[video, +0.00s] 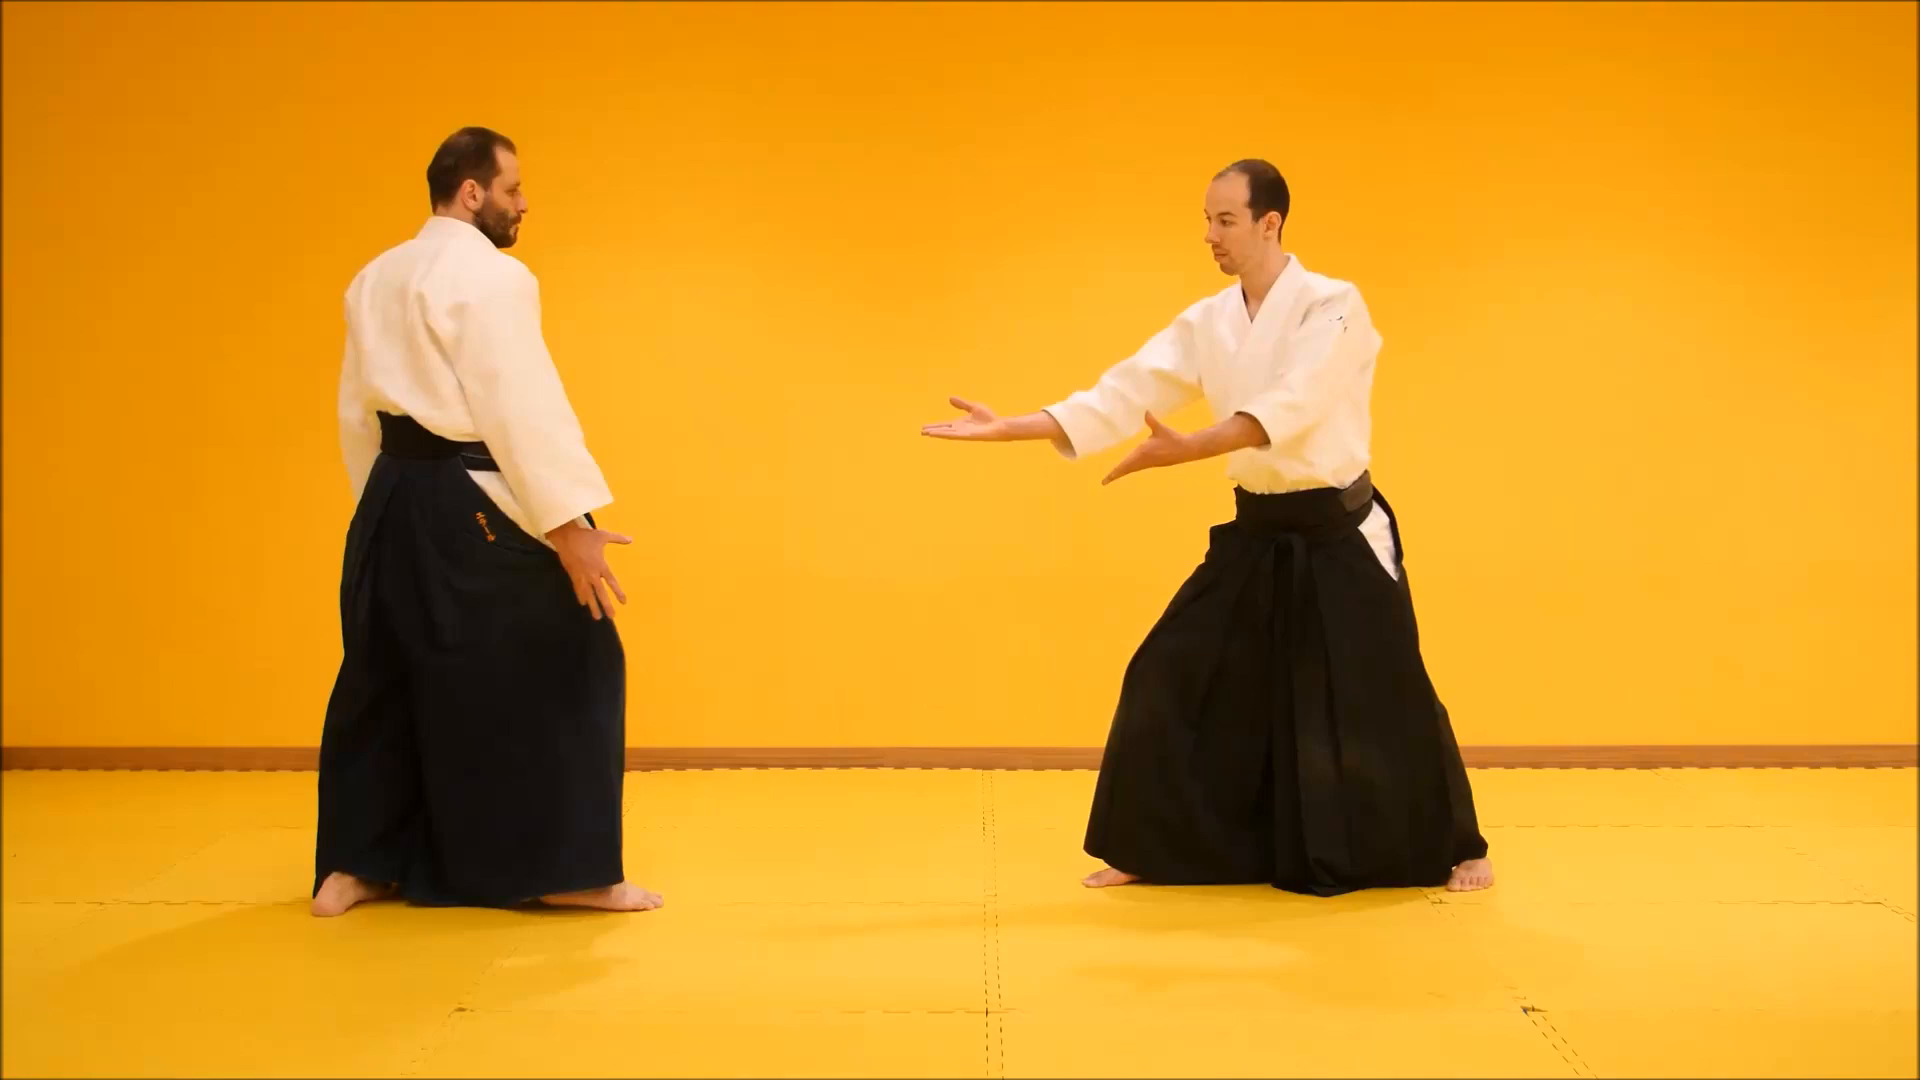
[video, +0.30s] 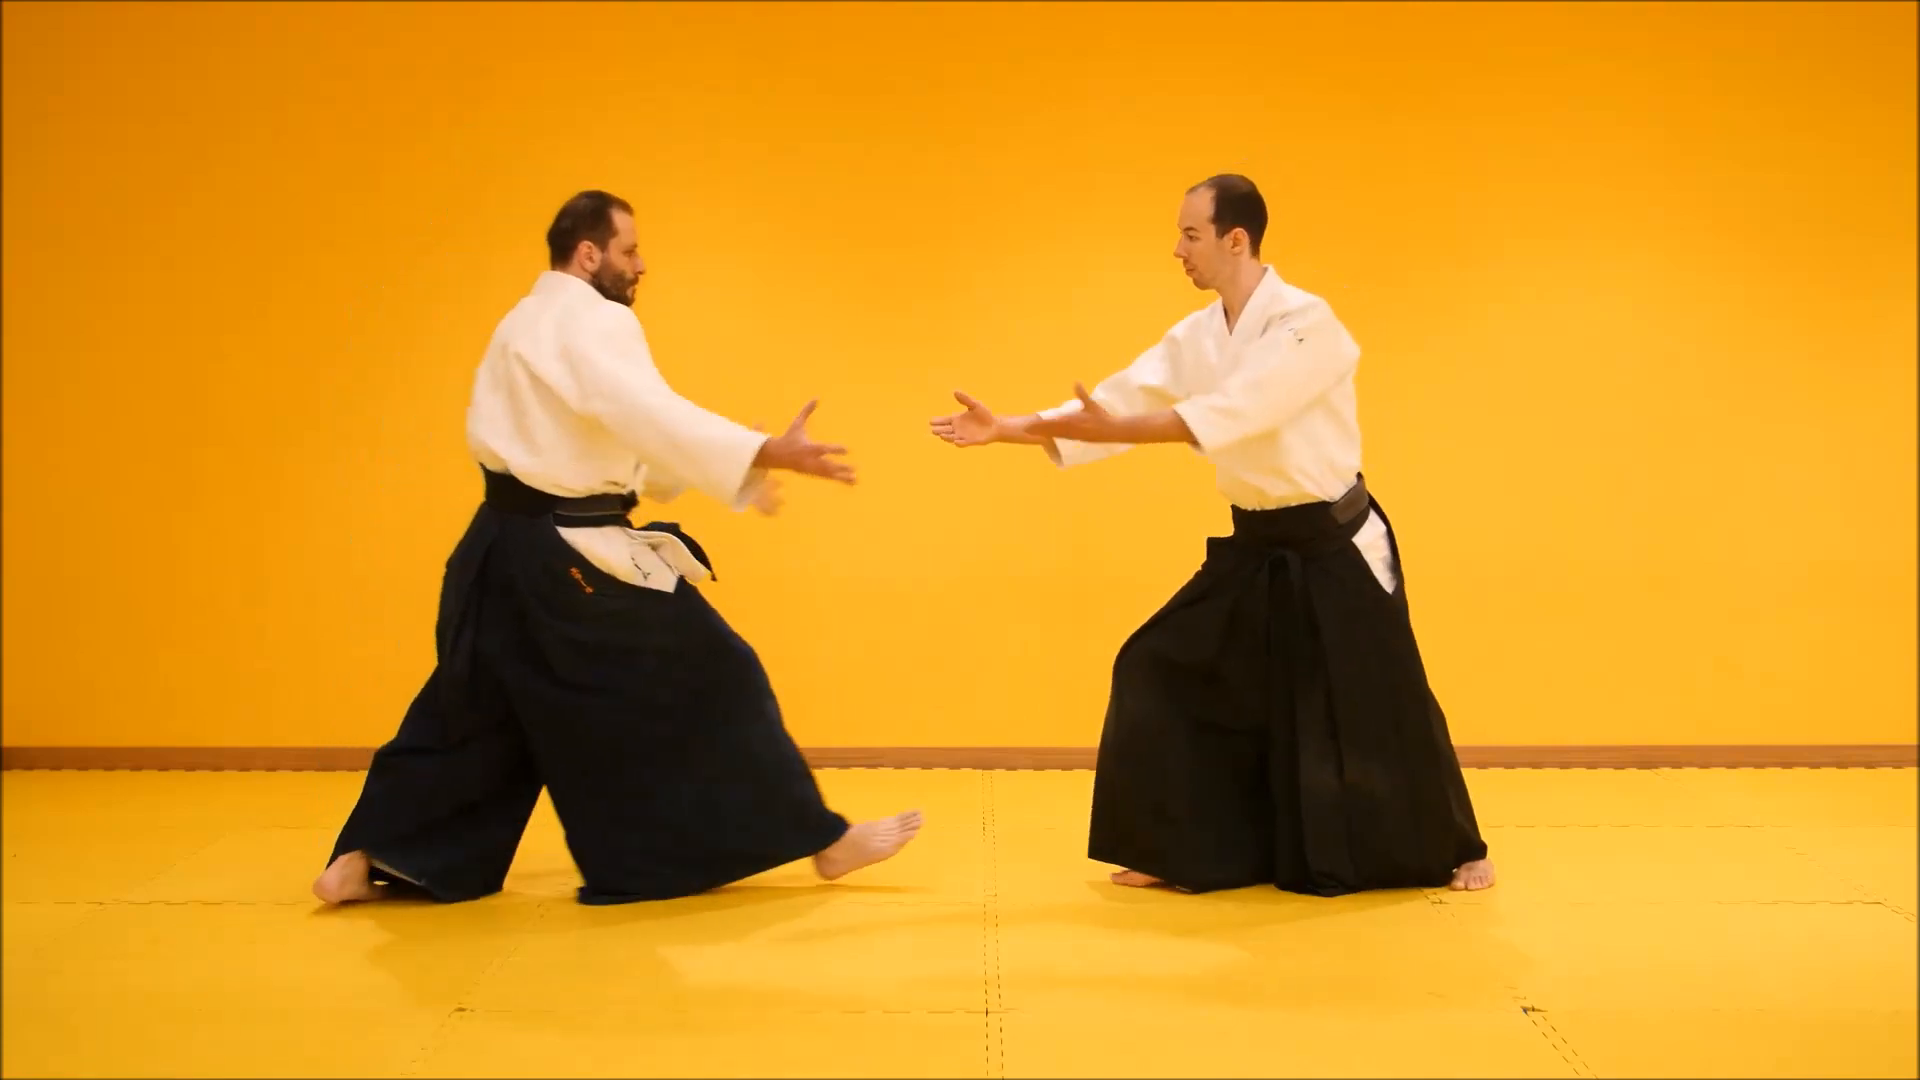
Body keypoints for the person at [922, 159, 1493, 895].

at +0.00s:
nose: (1210, 236)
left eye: (1222, 220)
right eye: (1207, 221)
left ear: (1271, 220)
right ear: (1223, 226)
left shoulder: (1333, 306)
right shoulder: (1209, 322)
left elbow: (1293, 408)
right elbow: (1119, 394)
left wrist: (1189, 446)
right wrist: (1004, 426)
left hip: (1343, 531)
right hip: (1254, 535)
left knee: (1394, 689)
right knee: (1161, 675)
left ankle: (1461, 846)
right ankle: (1147, 846)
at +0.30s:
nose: (1178, 250)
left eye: (1190, 234)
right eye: (1178, 235)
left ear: (1238, 239)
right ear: (1223, 242)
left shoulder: (1310, 329)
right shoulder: (1199, 336)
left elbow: (1226, 416)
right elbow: (1110, 403)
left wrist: (1115, 429)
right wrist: (1001, 427)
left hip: (1337, 545)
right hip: (1254, 549)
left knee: (1391, 696)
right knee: (1150, 665)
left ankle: (1458, 845)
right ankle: (1182, 851)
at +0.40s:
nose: (1138, 269)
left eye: (1147, 253)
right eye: (1138, 254)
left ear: (1191, 257)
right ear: (1183, 259)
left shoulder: (1252, 336)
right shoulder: (1170, 353)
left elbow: (1145, 396)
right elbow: (1096, 427)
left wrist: (1023, 387)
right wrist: (980, 428)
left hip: (1307, 557)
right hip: (1231, 565)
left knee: (1364, 705)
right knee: (1129, 685)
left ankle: (1462, 836)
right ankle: (1176, 851)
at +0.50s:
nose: (1092, 276)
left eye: (1099, 261)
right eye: (1092, 261)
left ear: (1139, 265)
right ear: (1143, 265)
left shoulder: (1174, 335)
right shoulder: (1149, 346)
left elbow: (1058, 382)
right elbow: (1082, 435)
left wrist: (950, 355)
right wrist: (996, 410)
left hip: (1249, 561)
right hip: (1195, 564)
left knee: (1274, 746)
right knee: (1114, 687)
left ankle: (1430, 794)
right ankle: (1166, 855)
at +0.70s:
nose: (1051, 273)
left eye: (1048, 264)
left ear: (1053, 262)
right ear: (1119, 256)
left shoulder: (1034, 331)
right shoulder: (1170, 325)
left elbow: (968, 343)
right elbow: (1188, 373)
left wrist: (960, 288)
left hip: (1081, 545)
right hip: (1163, 538)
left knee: (1034, 701)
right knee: (1163, 690)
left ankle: (1010, 865)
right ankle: (1165, 844)